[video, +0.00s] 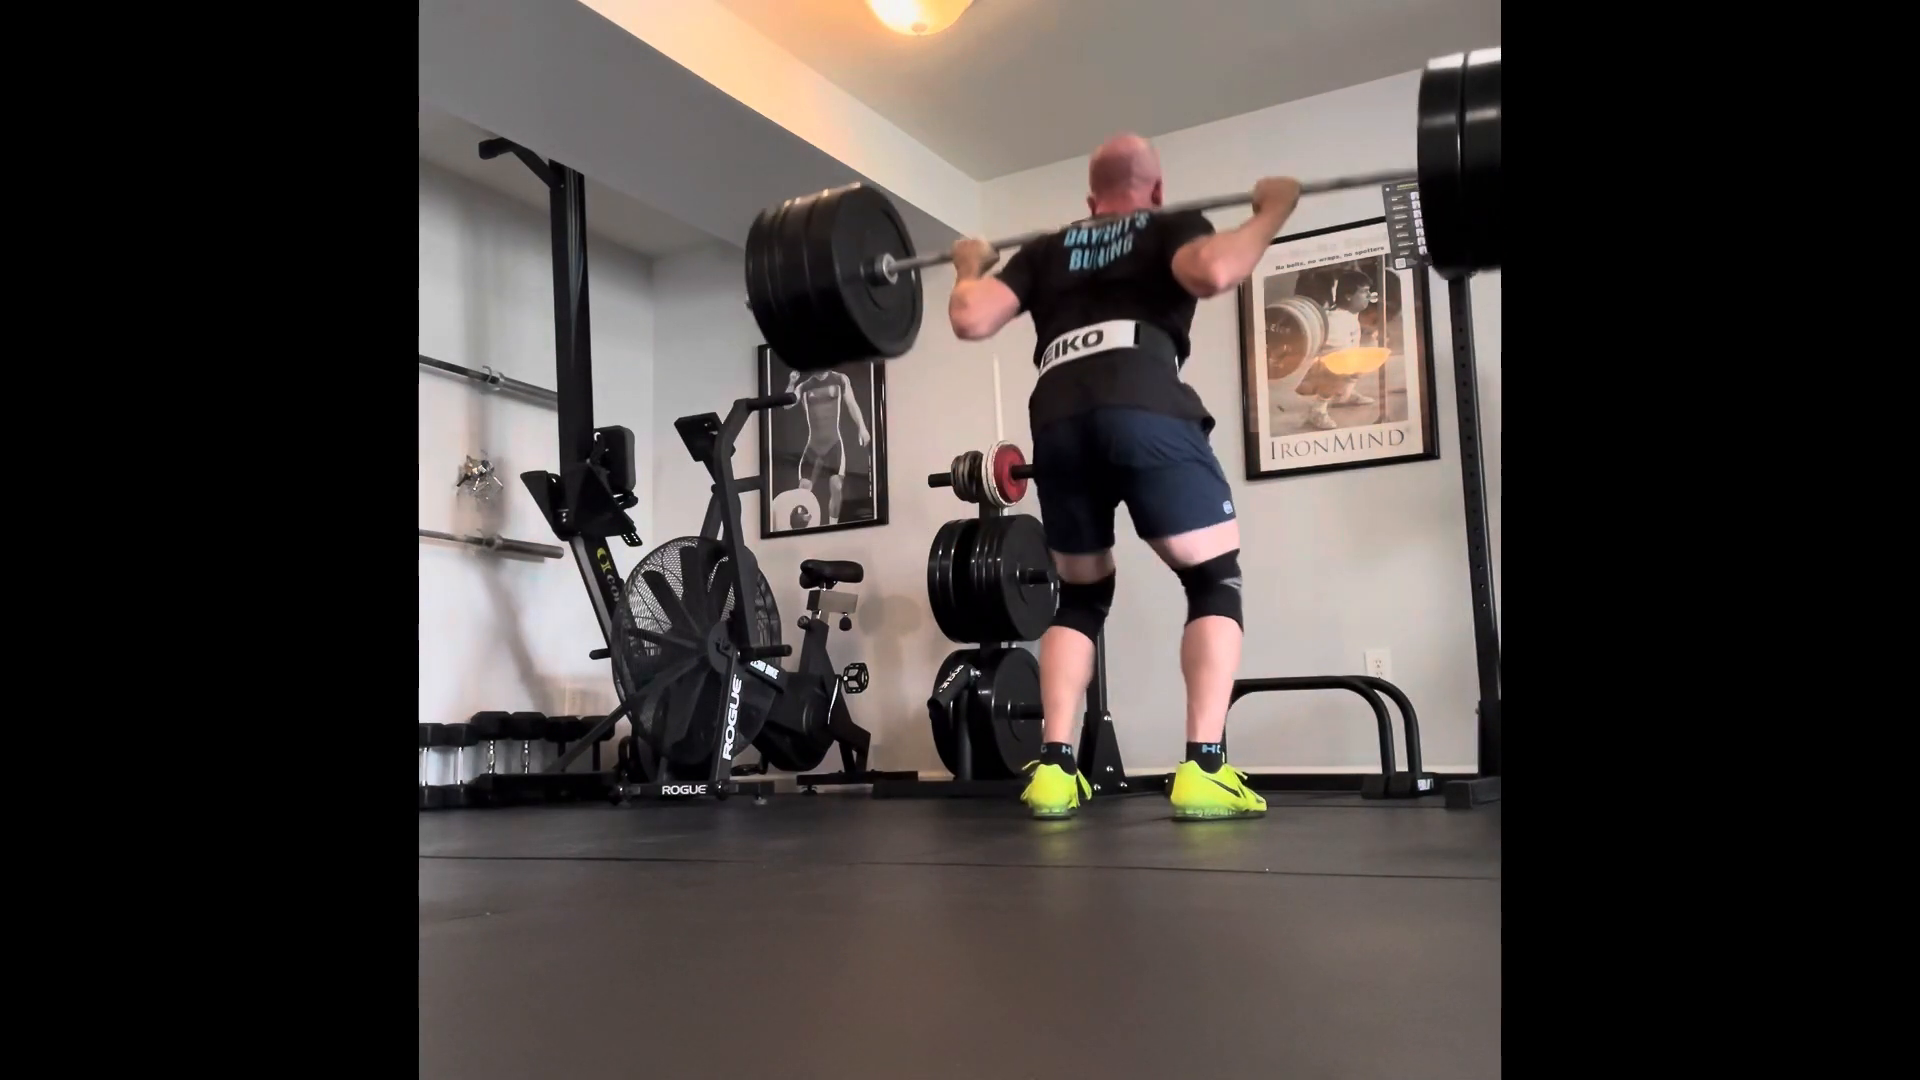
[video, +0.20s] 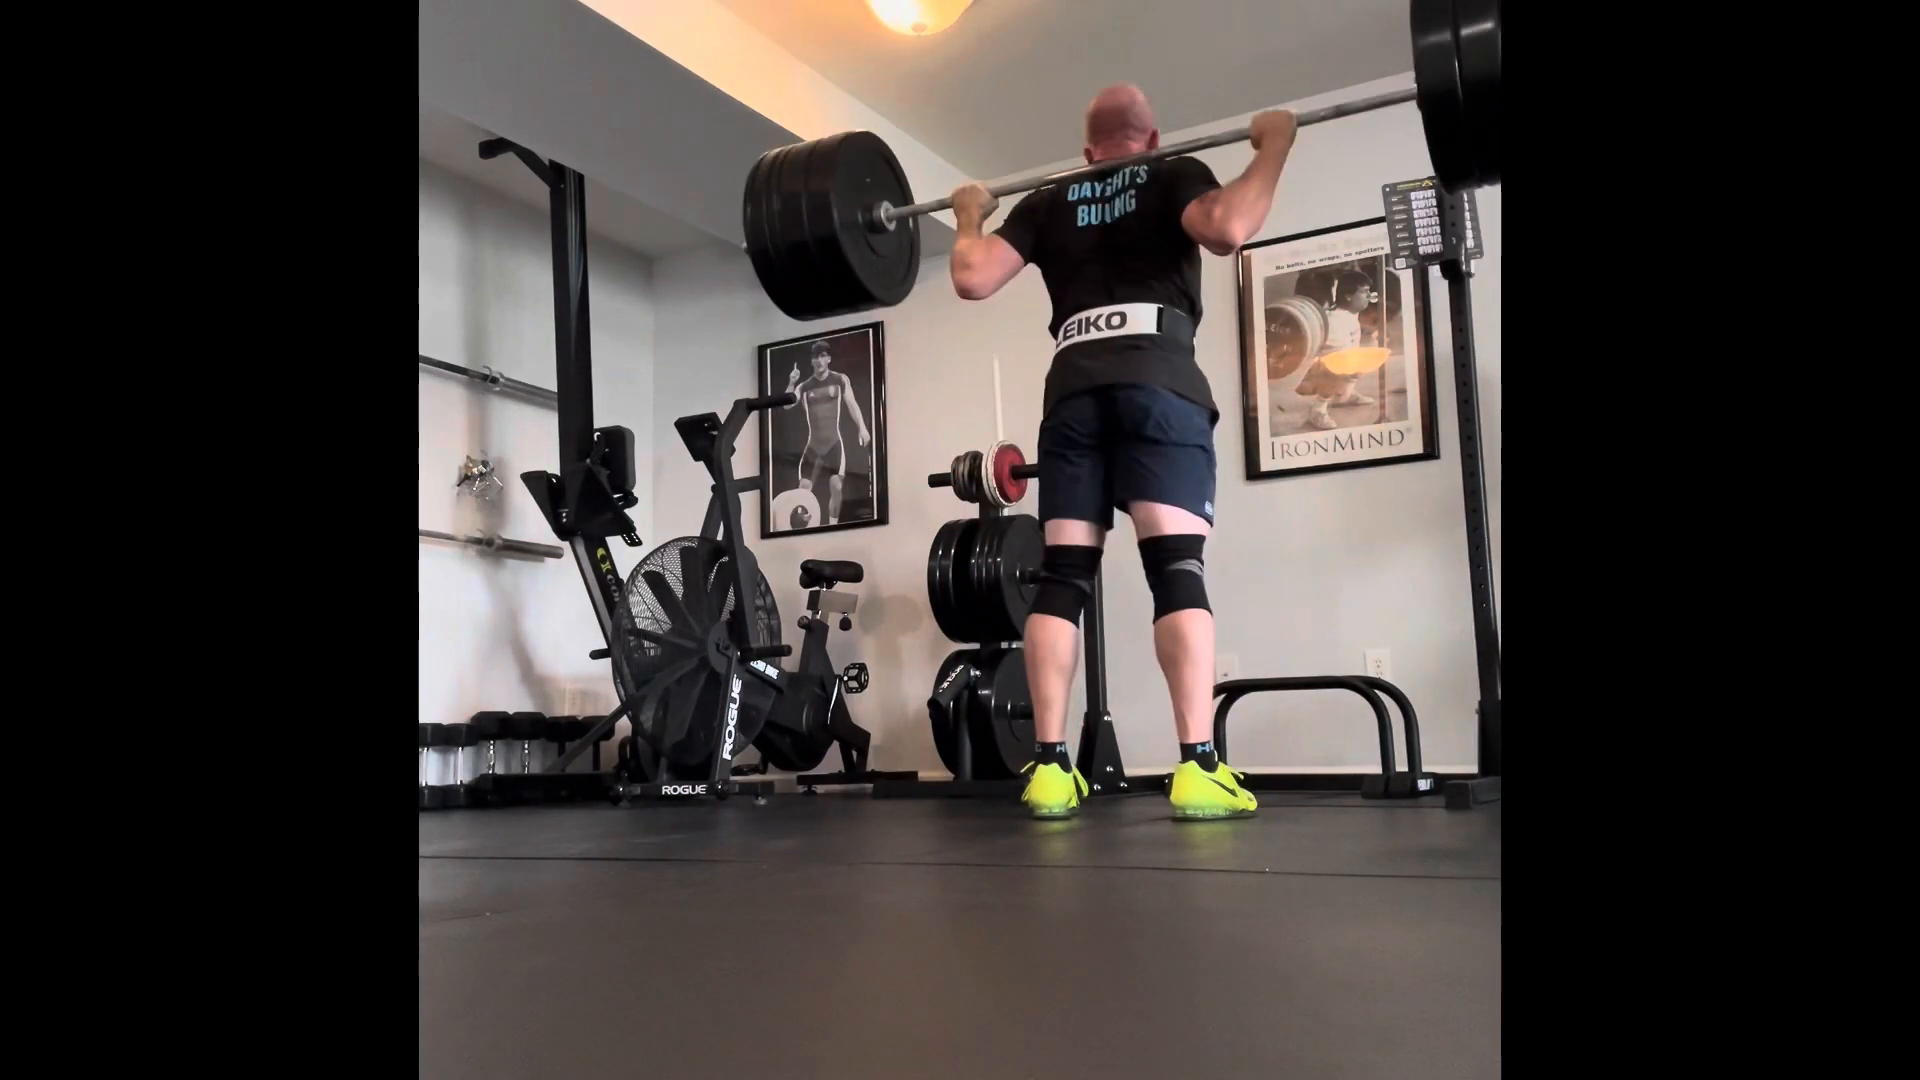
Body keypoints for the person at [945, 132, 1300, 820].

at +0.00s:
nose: (1156, 193)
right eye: (1157, 185)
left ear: (1088, 193)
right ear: (1157, 190)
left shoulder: (1045, 250)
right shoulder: (1170, 225)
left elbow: (970, 319)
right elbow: (1212, 272)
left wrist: (967, 267)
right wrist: (1269, 215)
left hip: (1056, 418)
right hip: (1147, 405)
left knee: (1080, 593)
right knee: (1213, 583)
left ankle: (1055, 764)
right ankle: (1204, 764)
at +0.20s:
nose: (1143, 143)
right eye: (1150, 133)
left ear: (1084, 144)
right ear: (1153, 136)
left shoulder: (1047, 201)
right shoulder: (1174, 171)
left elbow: (973, 278)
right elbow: (1228, 229)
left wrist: (968, 215)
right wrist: (1273, 148)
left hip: (1072, 382)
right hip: (1160, 376)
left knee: (1062, 573)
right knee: (1176, 570)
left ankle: (1051, 764)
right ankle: (1198, 762)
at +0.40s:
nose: (1143, 142)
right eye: (1150, 134)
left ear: (1086, 148)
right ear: (1155, 141)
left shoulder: (1050, 206)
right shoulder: (1173, 173)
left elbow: (979, 277)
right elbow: (1222, 220)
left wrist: (970, 225)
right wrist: (1273, 148)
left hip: (1077, 388)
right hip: (1164, 382)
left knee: (1061, 572)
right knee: (1176, 569)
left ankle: (1050, 764)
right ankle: (1198, 763)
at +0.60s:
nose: (1143, 141)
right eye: (1150, 132)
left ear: (1083, 143)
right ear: (1152, 135)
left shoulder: (1047, 200)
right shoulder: (1170, 164)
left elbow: (976, 271)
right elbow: (1228, 208)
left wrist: (970, 219)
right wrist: (1274, 136)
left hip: (1074, 386)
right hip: (1160, 379)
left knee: (1067, 569)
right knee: (1172, 568)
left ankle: (1053, 763)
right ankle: (1197, 763)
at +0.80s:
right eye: (1145, 135)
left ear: (1079, 146)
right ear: (1148, 138)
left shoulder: (1040, 202)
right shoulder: (1163, 168)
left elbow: (968, 270)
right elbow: (1219, 209)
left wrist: (964, 218)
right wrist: (1270, 142)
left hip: (1066, 388)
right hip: (1155, 382)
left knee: (1058, 576)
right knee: (1168, 573)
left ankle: (1050, 765)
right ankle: (1197, 764)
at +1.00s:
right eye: (1132, 134)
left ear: (1068, 145)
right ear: (1136, 137)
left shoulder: (1027, 203)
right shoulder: (1149, 164)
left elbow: (951, 277)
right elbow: (1205, 208)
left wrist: (953, 213)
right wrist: (1261, 143)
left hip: (1059, 383)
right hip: (1147, 375)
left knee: (1055, 574)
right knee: (1167, 572)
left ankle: (1050, 764)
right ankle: (1197, 765)